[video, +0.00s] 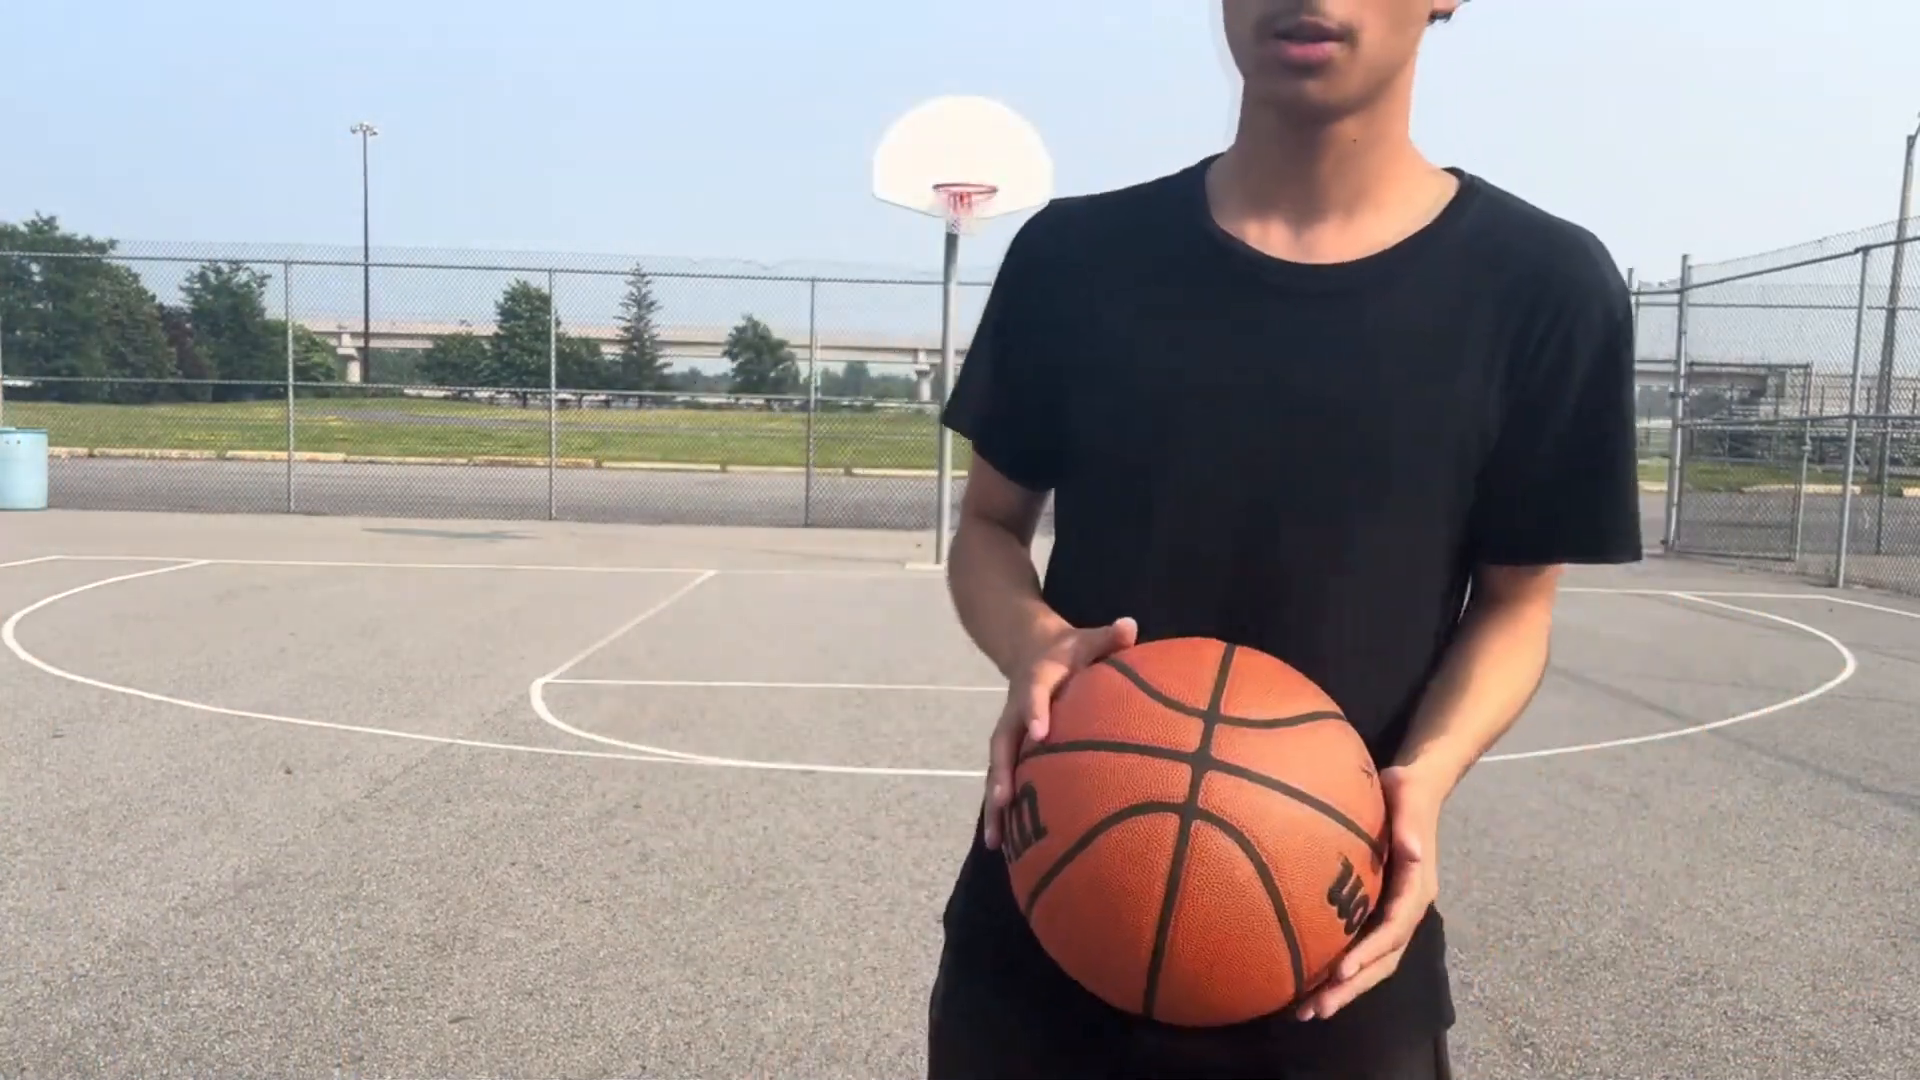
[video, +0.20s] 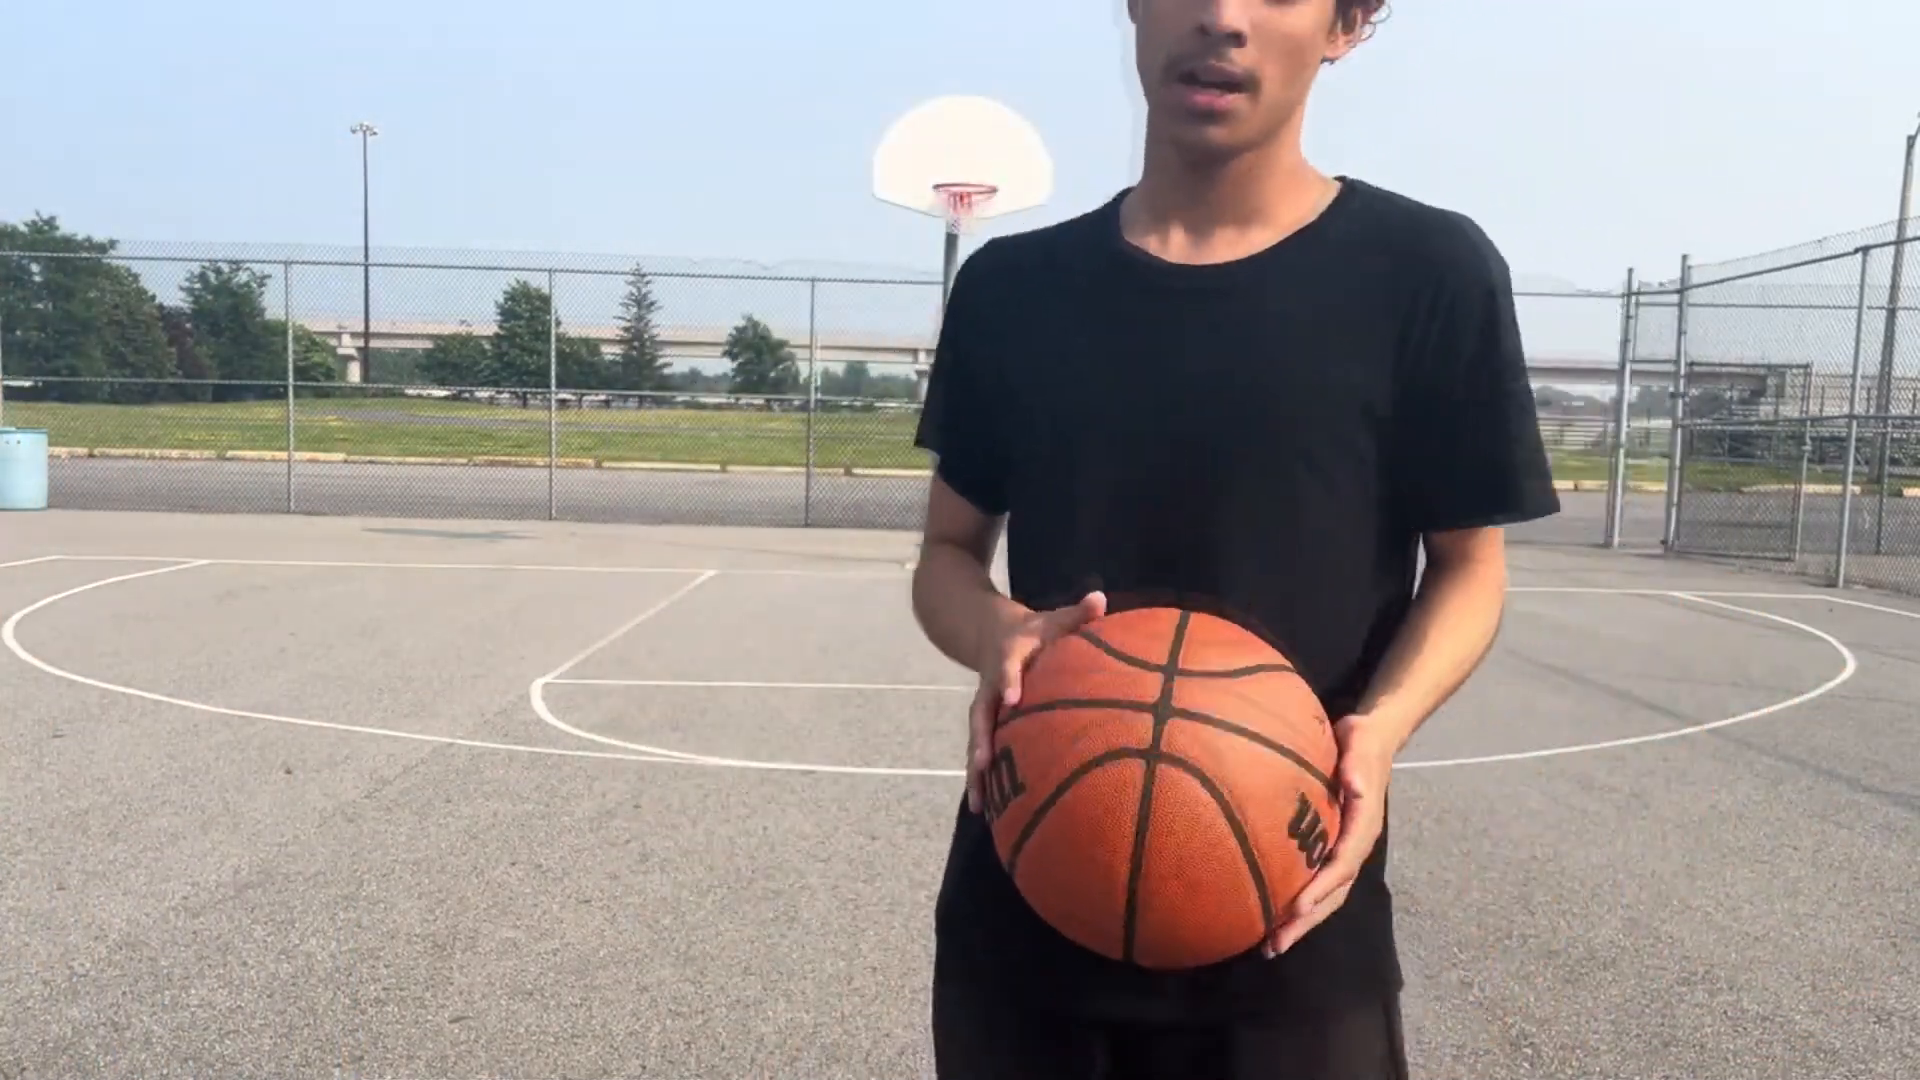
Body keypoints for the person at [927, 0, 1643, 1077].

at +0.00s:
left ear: (1436, 1)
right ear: (1222, 1)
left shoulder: (1547, 287)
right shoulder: (1071, 255)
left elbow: (1515, 601)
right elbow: (988, 528)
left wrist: (1422, 771)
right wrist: (1033, 643)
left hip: (1346, 929)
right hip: (1054, 906)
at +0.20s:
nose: (1216, 20)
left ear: (1345, 25)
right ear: (1135, 11)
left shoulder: (1433, 275)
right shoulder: (1009, 287)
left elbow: (1470, 567)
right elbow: (947, 556)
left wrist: (1379, 722)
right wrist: (1000, 635)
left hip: (1301, 908)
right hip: (1031, 891)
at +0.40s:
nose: (1119, 41)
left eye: (1170, 10)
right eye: (1085, 3)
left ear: (1231, 52)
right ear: (1031, 30)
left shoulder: (1346, 260)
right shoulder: (952, 324)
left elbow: (1403, 526)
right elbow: (916, 583)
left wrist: (1327, 713)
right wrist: (989, 664)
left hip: (1294, 857)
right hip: (1038, 856)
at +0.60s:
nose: (1066, 55)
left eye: (1108, 19)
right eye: (1025, 21)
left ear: (1171, 53)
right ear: (979, 61)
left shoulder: (1313, 242)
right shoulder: (942, 352)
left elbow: (1409, 494)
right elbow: (925, 606)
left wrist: (1350, 665)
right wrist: (1015, 660)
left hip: (1305, 834)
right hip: (1060, 842)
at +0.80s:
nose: (1071, 54)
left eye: (1110, 17)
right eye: (1031, 24)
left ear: (1177, 47)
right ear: (987, 67)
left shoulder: (1322, 236)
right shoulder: (955, 345)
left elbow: (1418, 490)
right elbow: (938, 625)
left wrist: (1423, 669)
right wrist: (1057, 623)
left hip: (1321, 837)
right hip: (1076, 853)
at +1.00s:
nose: (1138, 43)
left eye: (1177, 4)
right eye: (1096, 13)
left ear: (1250, 25)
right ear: (1054, 50)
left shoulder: (1393, 254)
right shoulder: (1004, 324)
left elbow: (1436, 537)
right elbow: (979, 608)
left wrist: (1466, 714)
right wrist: (1038, 645)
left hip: (1346, 886)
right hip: (1089, 897)